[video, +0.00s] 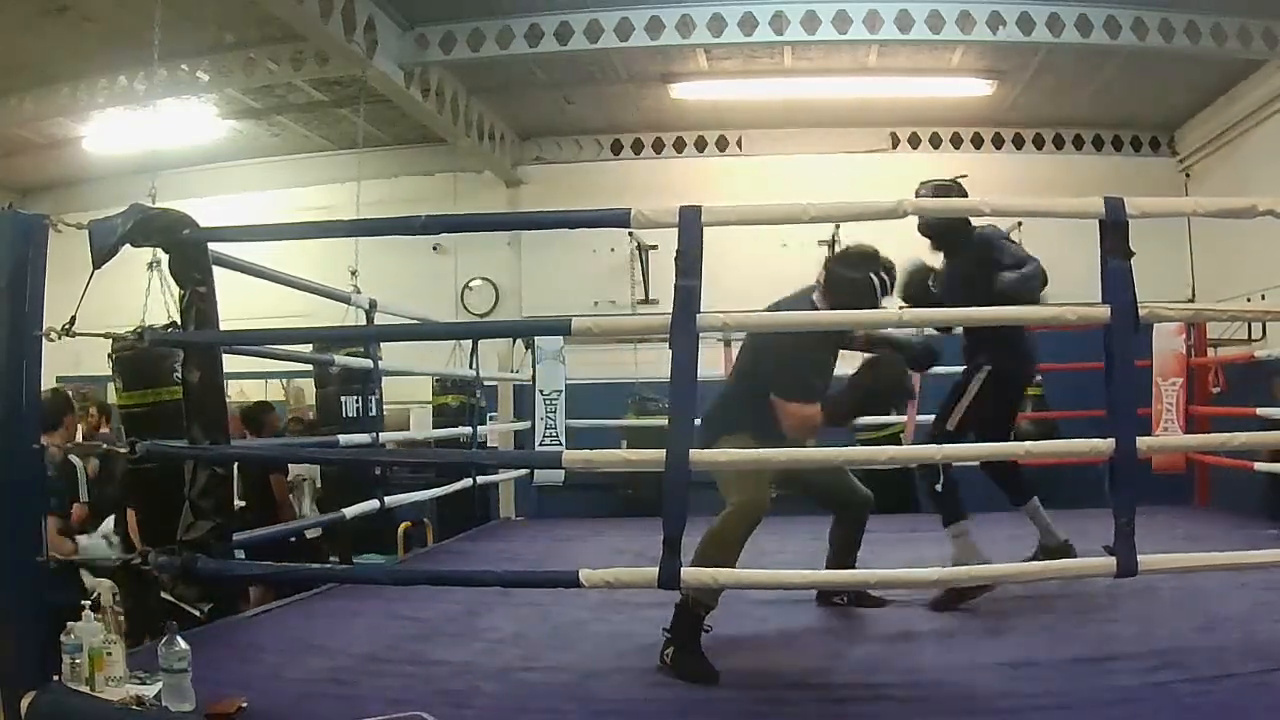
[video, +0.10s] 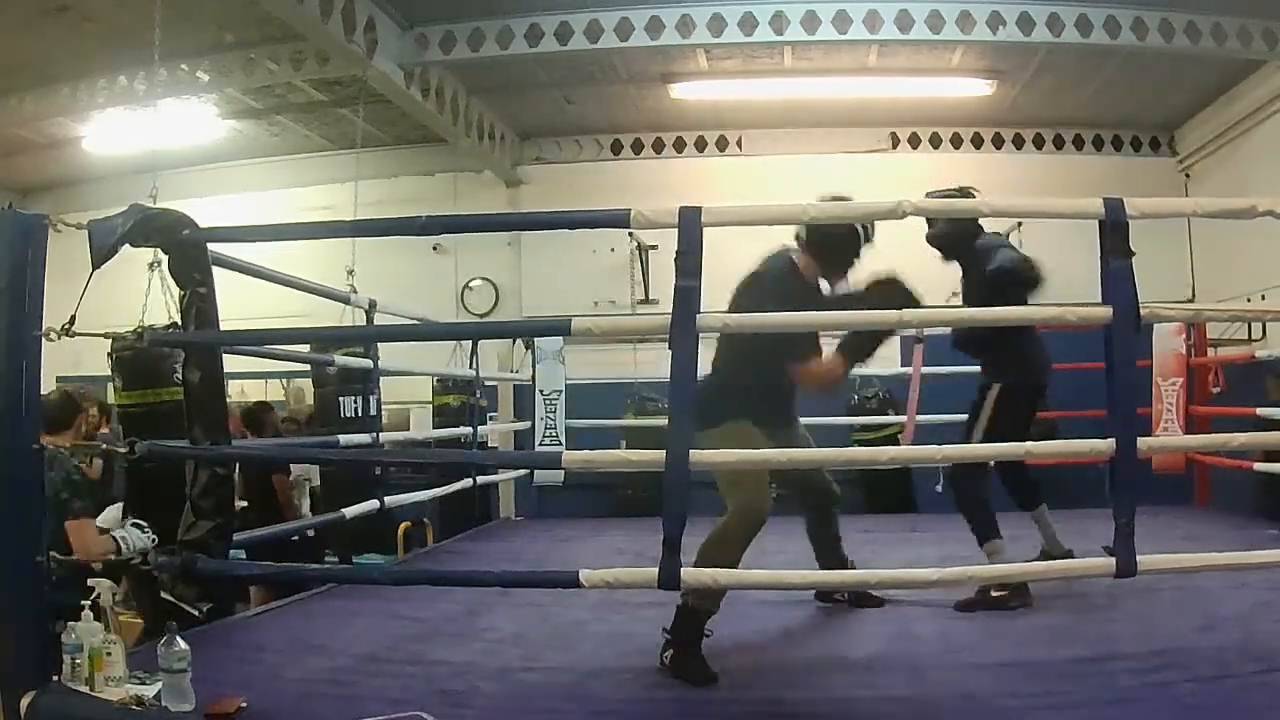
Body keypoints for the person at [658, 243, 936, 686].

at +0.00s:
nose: (866, 318)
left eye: (869, 308)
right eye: (861, 308)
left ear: (865, 295)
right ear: (835, 294)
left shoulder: (832, 317)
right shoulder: (791, 325)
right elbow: (797, 423)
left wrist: (897, 348)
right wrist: (859, 396)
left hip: (782, 434)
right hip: (733, 432)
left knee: (855, 502)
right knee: (749, 504)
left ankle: (837, 583)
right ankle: (682, 636)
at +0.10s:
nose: (844, 272)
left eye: (848, 262)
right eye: (843, 262)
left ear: (812, 243)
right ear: (824, 253)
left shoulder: (799, 281)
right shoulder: (775, 288)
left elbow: (826, 319)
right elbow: (813, 375)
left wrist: (867, 306)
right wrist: (870, 328)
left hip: (773, 414)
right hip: (727, 415)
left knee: (821, 494)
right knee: (749, 509)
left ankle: (835, 579)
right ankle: (682, 639)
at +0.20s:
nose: (825, 221)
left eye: (830, 211)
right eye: (822, 209)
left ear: (803, 202)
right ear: (796, 201)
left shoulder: (788, 249)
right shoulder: (760, 239)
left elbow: (835, 310)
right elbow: (829, 317)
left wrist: (854, 273)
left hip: (761, 394)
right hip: (724, 395)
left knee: (802, 467)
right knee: (756, 496)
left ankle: (801, 580)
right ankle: (681, 624)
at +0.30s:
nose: (815, 191)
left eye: (816, 182)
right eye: (813, 181)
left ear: (766, 165)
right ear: (802, 176)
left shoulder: (767, 218)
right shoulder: (751, 217)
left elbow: (830, 278)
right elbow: (834, 278)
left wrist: (856, 219)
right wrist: (856, 209)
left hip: (753, 380)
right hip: (729, 381)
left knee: (790, 474)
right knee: (755, 492)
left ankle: (767, 598)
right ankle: (671, 628)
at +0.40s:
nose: (804, 186)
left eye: (801, 176)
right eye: (801, 176)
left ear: (749, 168)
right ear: (790, 174)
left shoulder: (730, 217)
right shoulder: (759, 223)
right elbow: (831, 279)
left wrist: (840, 225)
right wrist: (849, 210)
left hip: (741, 400)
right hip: (730, 403)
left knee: (787, 491)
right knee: (730, 526)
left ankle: (762, 608)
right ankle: (670, 667)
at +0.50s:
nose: (794, 183)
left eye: (793, 174)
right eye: (792, 173)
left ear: (737, 167)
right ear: (781, 172)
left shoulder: (718, 222)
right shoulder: (752, 223)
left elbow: (789, 295)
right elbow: (811, 298)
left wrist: (828, 243)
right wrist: (842, 237)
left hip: (742, 398)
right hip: (729, 401)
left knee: (796, 487)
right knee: (740, 521)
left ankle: (767, 600)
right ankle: (670, 663)